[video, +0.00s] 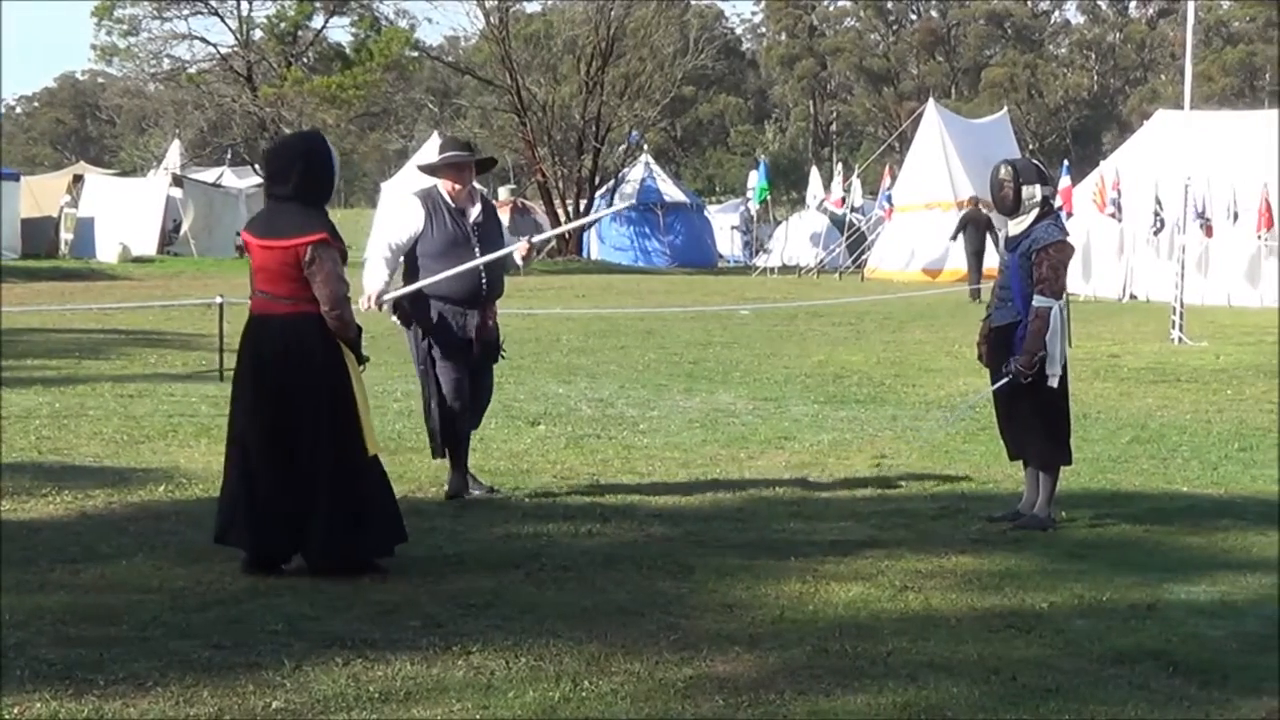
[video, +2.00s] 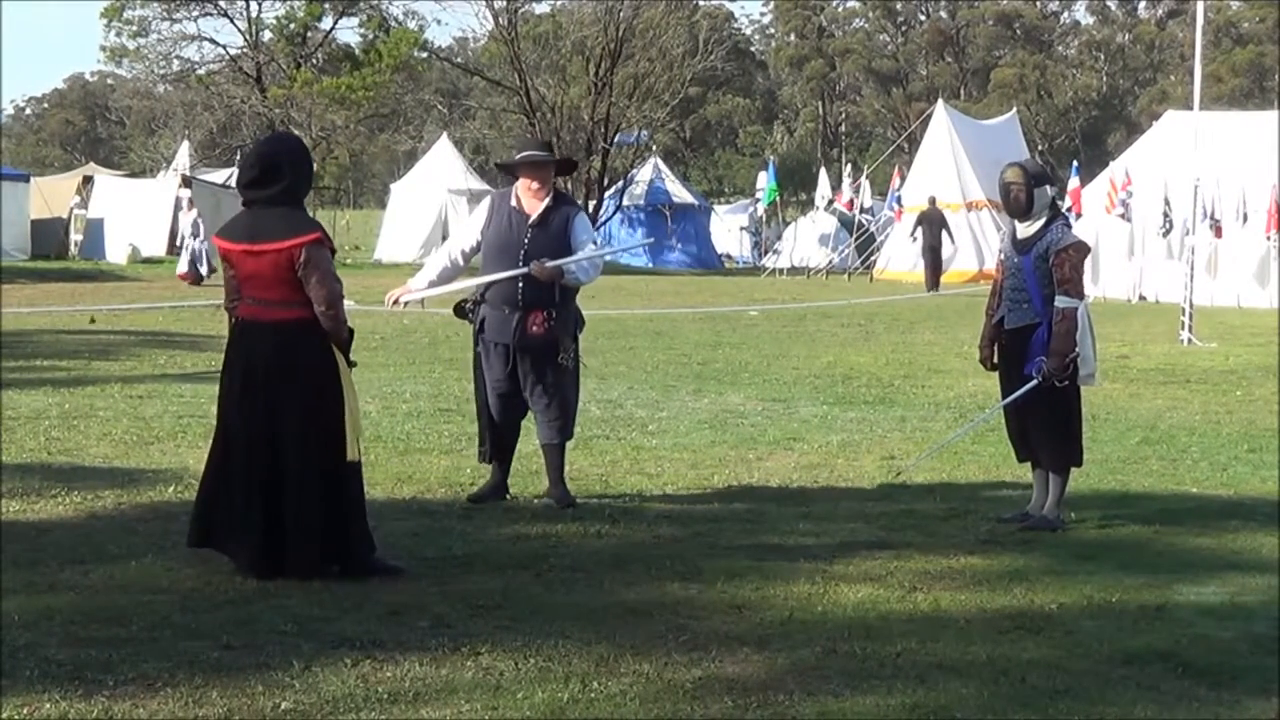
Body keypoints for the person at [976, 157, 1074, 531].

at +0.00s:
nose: (1003, 193)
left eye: (1010, 187)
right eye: (1001, 186)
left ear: (1032, 190)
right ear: (1001, 191)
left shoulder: (1048, 236)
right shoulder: (1015, 231)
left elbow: (1046, 303)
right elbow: (1005, 285)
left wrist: (1028, 354)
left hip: (1036, 338)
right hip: (1008, 336)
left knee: (1043, 419)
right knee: (1021, 418)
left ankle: (1044, 508)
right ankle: (1029, 501)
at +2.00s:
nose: (1010, 197)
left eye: (1018, 190)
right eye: (1006, 190)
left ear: (1041, 193)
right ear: (1004, 194)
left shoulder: (1061, 238)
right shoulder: (1011, 235)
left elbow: (1069, 301)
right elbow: (1000, 289)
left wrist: (1059, 354)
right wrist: (989, 335)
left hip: (1047, 337)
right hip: (1013, 337)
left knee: (1053, 416)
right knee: (1026, 415)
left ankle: (1053, 507)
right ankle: (1039, 501)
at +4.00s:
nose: (1005, 198)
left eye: (1013, 191)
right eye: (1001, 191)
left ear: (1036, 194)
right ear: (999, 196)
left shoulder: (1057, 239)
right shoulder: (1009, 237)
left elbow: (1065, 303)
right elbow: (998, 289)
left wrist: (1056, 355)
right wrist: (987, 336)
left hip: (1045, 338)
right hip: (1012, 339)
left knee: (1050, 418)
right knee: (1026, 417)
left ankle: (1053, 508)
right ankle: (1038, 502)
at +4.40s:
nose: (1006, 198)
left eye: (1014, 191)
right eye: (1003, 191)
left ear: (1037, 194)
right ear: (1000, 195)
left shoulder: (1057, 238)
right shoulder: (1010, 236)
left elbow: (1066, 301)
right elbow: (999, 289)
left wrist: (1058, 354)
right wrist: (989, 336)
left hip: (1045, 338)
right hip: (1013, 339)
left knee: (1051, 418)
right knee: (1026, 417)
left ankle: (1053, 508)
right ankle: (1038, 501)